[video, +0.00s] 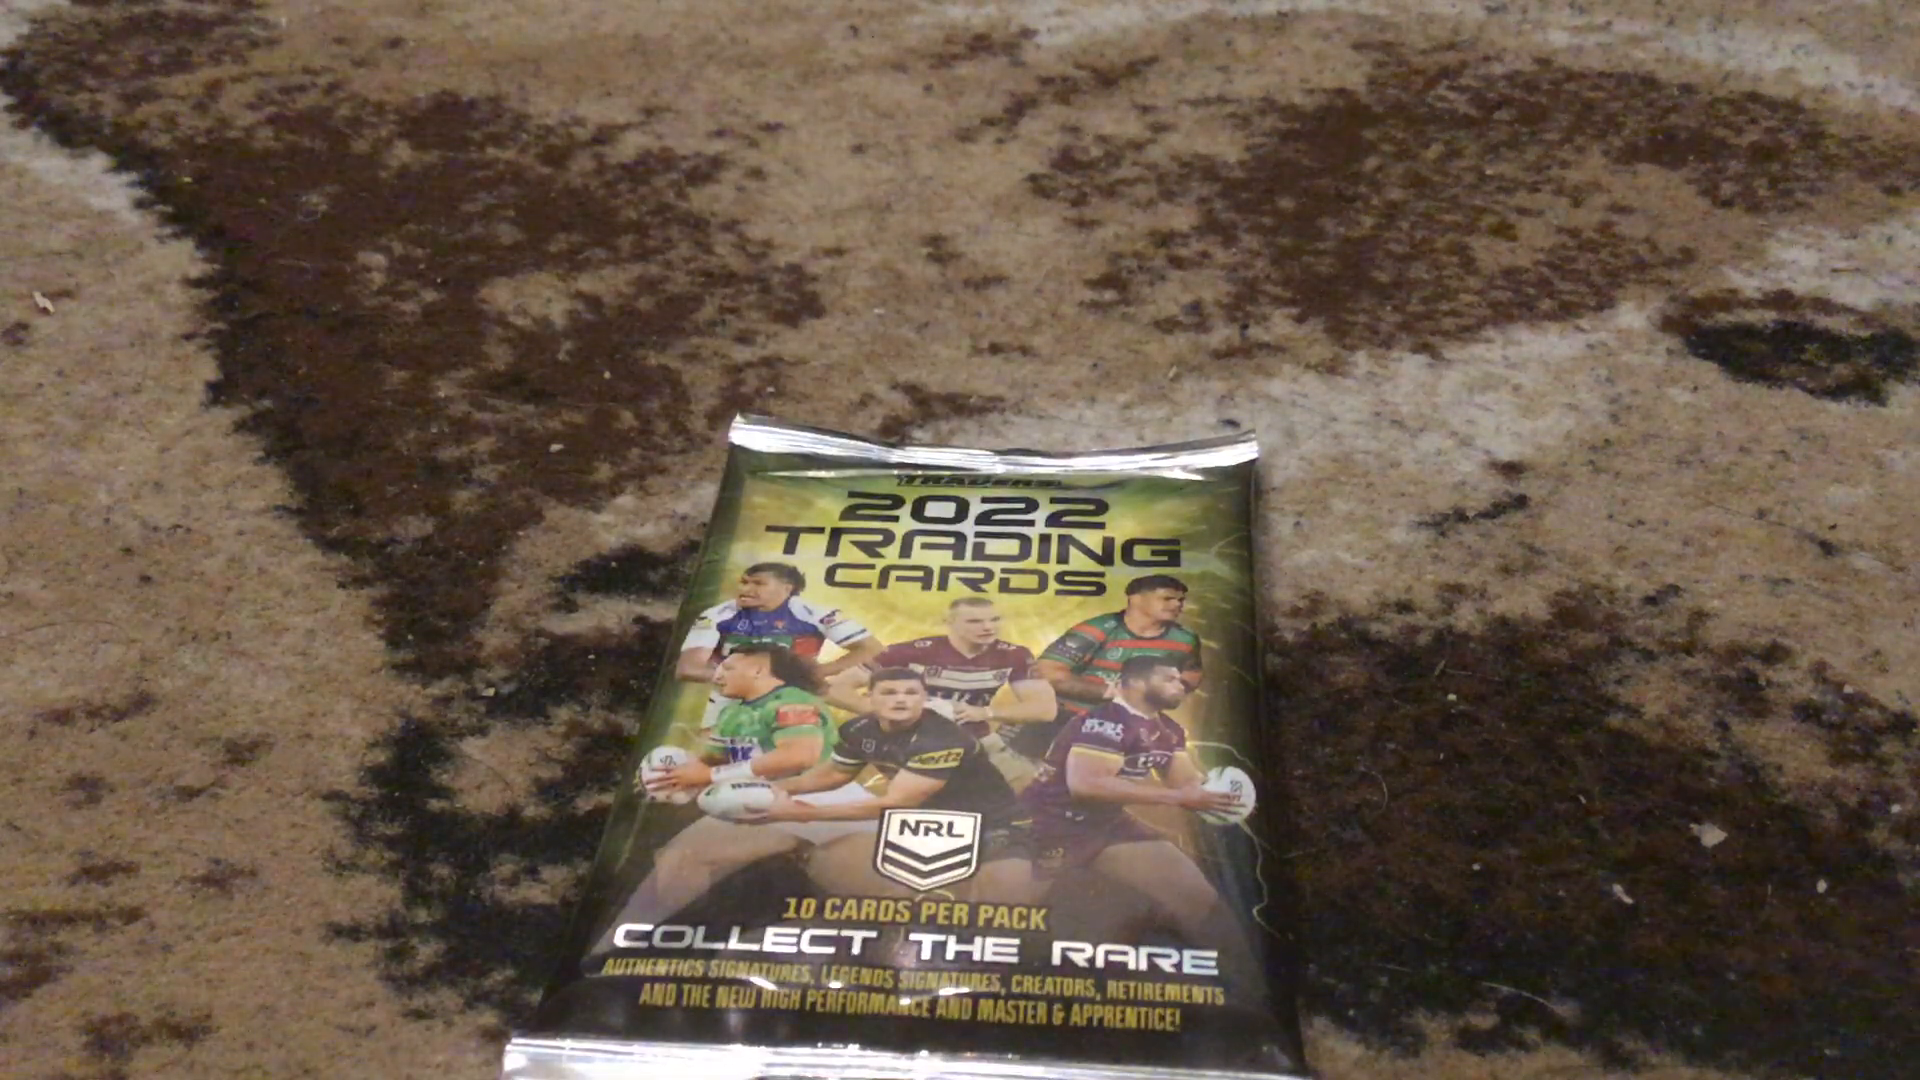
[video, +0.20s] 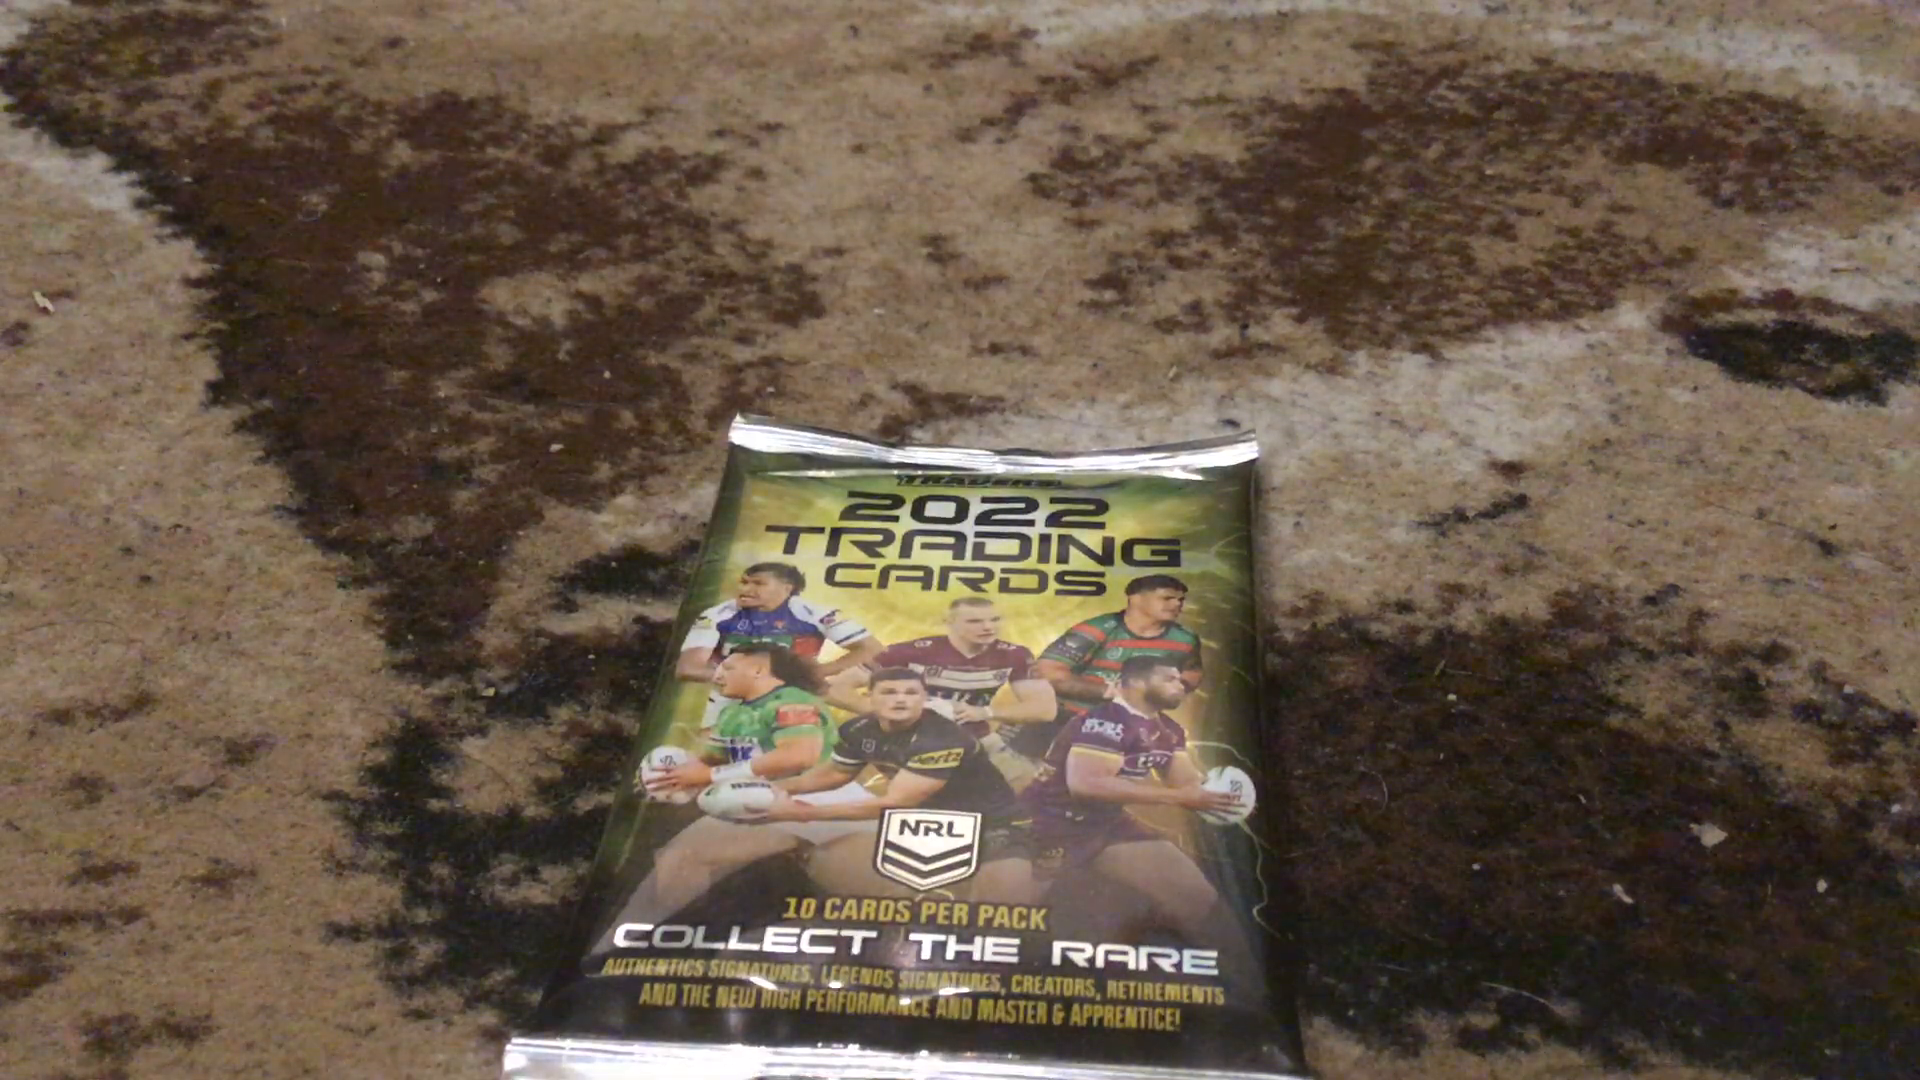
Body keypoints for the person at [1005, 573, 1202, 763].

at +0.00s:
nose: (1177, 606)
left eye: (1179, 601)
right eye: (1168, 599)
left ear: (1183, 604)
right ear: (1135, 599)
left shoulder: (1186, 641)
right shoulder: (1099, 629)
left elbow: (1193, 675)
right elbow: (1044, 671)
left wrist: (1154, 697)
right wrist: (1106, 692)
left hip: (1141, 728)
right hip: (1082, 724)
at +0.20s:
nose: (1177, 605)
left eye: (1179, 600)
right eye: (1167, 598)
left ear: (1182, 604)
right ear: (1135, 599)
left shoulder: (1186, 641)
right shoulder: (1099, 629)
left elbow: (1193, 674)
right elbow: (1045, 671)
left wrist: (1155, 695)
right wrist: (1105, 691)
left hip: (1141, 728)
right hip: (1082, 725)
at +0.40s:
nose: (1177, 605)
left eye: (1179, 600)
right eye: (1167, 598)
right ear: (1135, 599)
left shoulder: (1186, 641)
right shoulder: (1098, 629)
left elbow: (1194, 674)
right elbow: (1045, 670)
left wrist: (1157, 694)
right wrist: (1105, 690)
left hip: (1144, 730)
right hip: (1083, 726)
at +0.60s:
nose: (1176, 605)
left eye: (1179, 600)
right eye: (1167, 598)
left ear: (1182, 604)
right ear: (1136, 598)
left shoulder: (1186, 640)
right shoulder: (1098, 629)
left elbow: (1194, 674)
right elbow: (1045, 670)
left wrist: (1155, 694)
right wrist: (1107, 690)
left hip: (1144, 729)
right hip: (1083, 726)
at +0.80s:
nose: (1177, 605)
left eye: (1179, 600)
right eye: (1167, 598)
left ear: (1183, 603)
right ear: (1135, 598)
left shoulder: (1186, 641)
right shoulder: (1098, 629)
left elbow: (1193, 675)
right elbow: (1044, 671)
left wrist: (1156, 696)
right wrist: (1107, 691)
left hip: (1142, 729)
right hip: (1082, 725)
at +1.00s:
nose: (1177, 605)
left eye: (1179, 600)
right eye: (1167, 598)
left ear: (1182, 603)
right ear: (1135, 598)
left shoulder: (1186, 640)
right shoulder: (1097, 629)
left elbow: (1194, 672)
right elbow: (1044, 670)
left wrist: (1162, 695)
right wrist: (1106, 691)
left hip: (1141, 726)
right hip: (1081, 723)